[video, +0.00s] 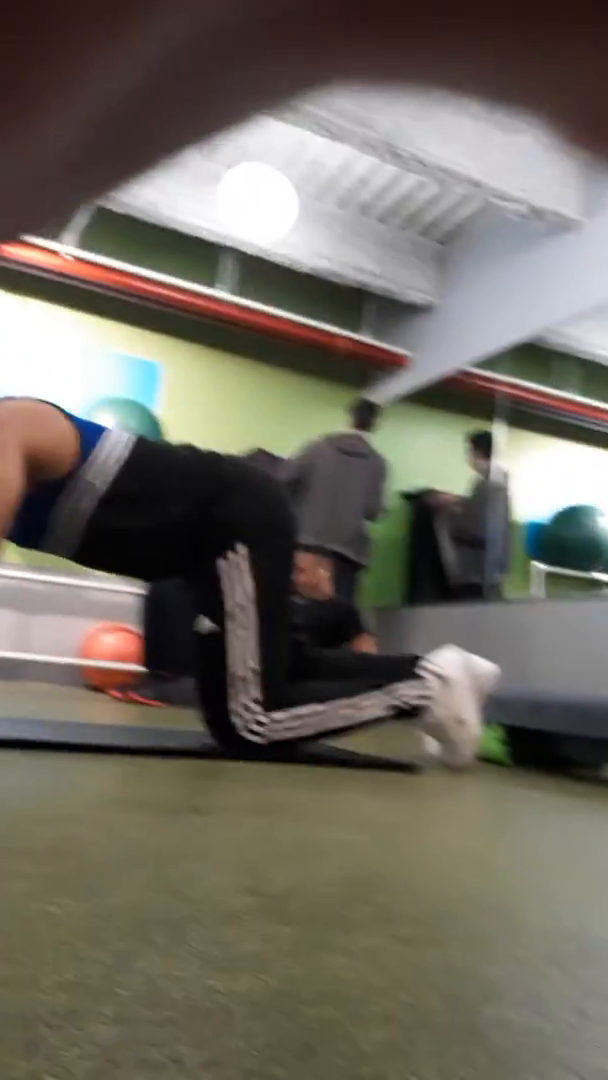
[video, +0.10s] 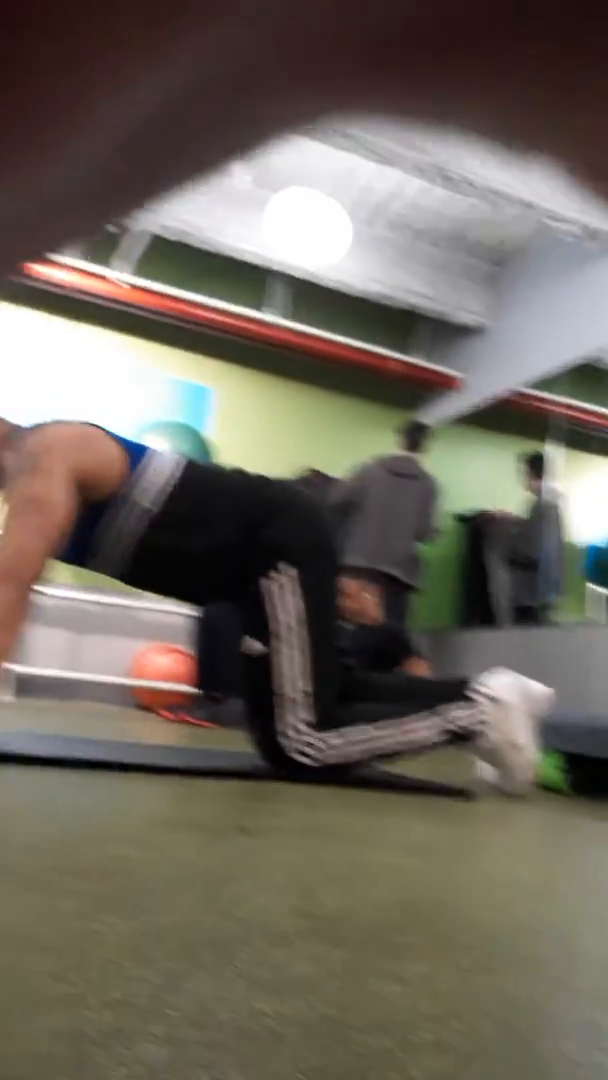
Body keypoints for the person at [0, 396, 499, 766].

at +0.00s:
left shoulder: (17, 427)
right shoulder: (19, 430)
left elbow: (8, 519)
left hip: (233, 520)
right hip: (228, 520)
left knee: (247, 722)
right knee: (272, 681)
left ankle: (425, 687)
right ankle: (436, 676)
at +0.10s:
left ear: (1, 438)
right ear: (6, 437)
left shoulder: (51, 456)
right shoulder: (31, 464)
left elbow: (14, 590)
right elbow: (16, 590)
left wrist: (7, 666)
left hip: (280, 544)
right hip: (261, 557)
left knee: (298, 744)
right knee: (302, 715)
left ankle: (476, 714)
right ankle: (484, 704)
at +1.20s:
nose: (111, 573)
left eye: (101, 555)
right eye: (97, 565)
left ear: (127, 511)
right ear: (130, 512)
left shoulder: (218, 515)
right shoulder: (210, 529)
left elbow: (220, 659)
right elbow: (219, 662)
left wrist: (189, 797)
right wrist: (190, 790)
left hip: (446, 605)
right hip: (430, 619)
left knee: (544, 789)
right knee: (471, 754)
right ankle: (589, 667)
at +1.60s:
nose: (78, 574)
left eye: (67, 555)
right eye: (64, 564)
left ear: (95, 510)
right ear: (99, 511)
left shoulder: (189, 515)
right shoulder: (184, 531)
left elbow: (213, 654)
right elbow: (211, 660)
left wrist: (189, 797)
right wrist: (184, 793)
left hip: (428, 594)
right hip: (418, 610)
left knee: (591, 703)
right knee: (553, 742)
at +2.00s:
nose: (63, 594)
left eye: (53, 575)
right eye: (48, 583)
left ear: (78, 534)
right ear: (83, 532)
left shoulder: (174, 543)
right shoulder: (165, 565)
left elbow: (217, 652)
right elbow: (219, 673)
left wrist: (187, 798)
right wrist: (186, 798)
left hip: (421, 642)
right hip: (410, 658)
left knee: (590, 697)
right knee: (568, 712)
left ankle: (591, 622)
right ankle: (588, 626)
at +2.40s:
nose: (25, 747)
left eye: (13, 725)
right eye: (13, 735)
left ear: (39, 680)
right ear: (44, 681)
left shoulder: (122, 672)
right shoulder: (135, 710)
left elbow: (221, 663)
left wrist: (189, 799)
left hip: (392, 726)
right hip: (382, 741)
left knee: (587, 727)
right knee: (556, 718)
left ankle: (593, 638)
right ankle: (589, 636)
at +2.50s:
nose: (24, 759)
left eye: (15, 741)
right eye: (12, 752)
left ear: (39, 692)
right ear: (42, 697)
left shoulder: (119, 682)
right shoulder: (128, 714)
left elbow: (220, 662)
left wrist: (190, 796)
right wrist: (160, 806)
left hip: (386, 726)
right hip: (375, 740)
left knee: (584, 731)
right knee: (548, 722)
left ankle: (592, 641)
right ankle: (588, 639)